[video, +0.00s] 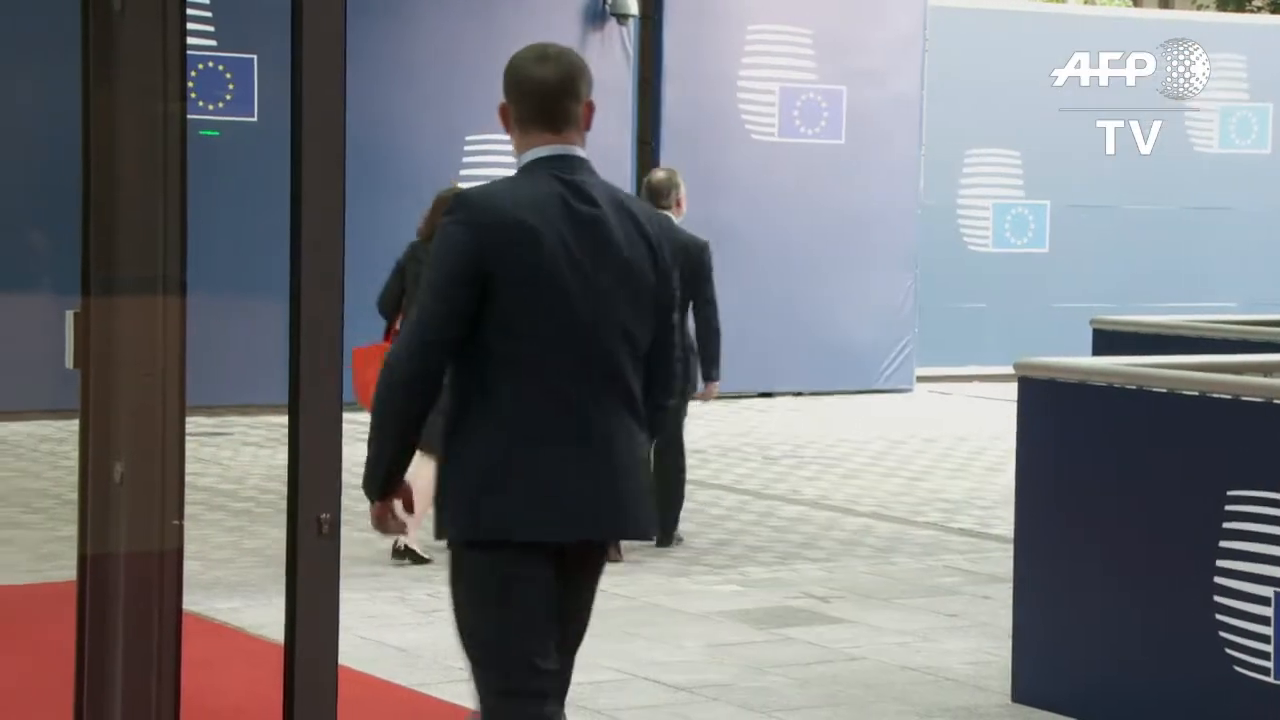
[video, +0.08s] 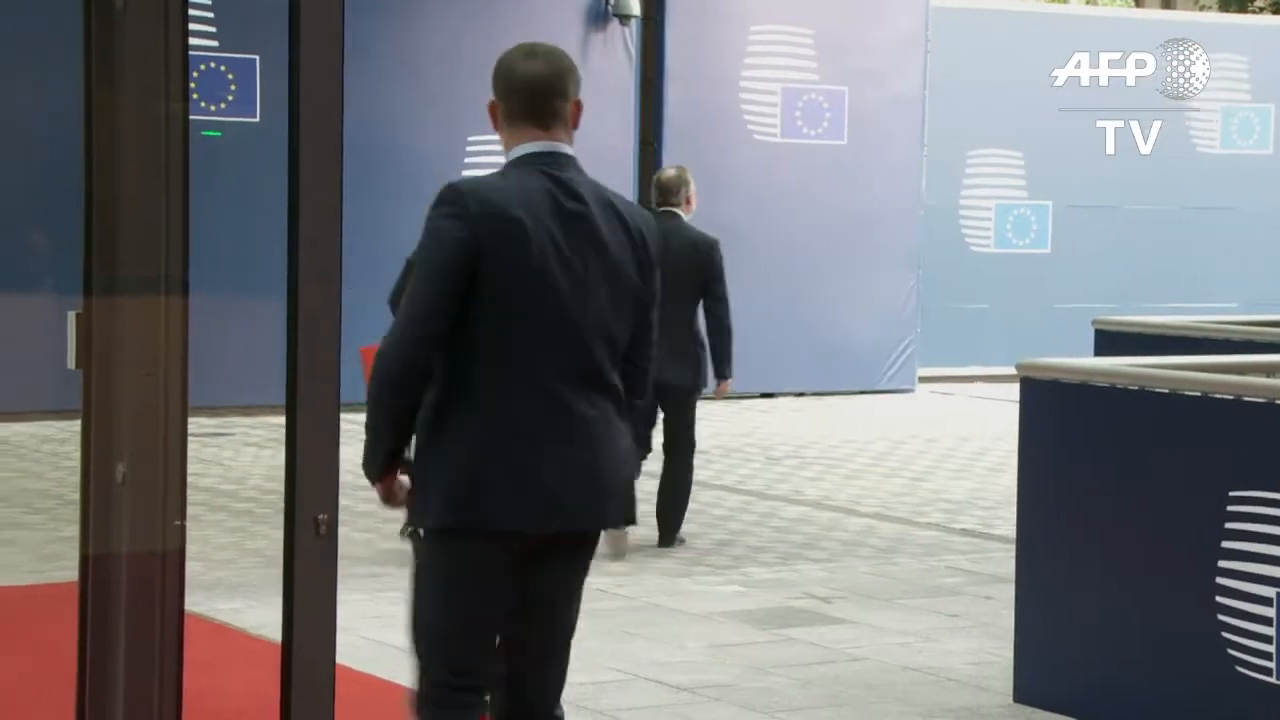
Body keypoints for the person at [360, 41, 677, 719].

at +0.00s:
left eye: (504, 109)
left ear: (505, 117)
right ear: (591, 115)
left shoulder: (478, 216)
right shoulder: (647, 230)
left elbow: (417, 356)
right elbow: (668, 380)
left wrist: (384, 472)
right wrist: (618, 455)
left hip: (497, 500)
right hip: (597, 497)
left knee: (517, 698)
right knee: (542, 692)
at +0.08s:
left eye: (493, 108)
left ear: (494, 115)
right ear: (578, 114)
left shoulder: (471, 204)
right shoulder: (630, 225)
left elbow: (410, 343)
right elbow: (637, 374)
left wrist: (382, 456)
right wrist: (614, 467)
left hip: (473, 493)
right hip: (578, 491)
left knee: (451, 689)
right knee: (535, 690)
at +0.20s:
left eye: (470, 106)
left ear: (473, 111)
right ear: (556, 111)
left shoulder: (450, 198)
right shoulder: (607, 223)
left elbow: (387, 344)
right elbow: (608, 368)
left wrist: (385, 435)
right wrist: (565, 440)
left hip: (446, 488)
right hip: (553, 489)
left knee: (388, 665)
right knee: (524, 692)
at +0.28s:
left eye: (455, 104)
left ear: (456, 109)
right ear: (538, 108)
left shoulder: (433, 195)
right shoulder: (592, 218)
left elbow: (370, 342)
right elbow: (594, 361)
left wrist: (376, 429)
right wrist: (539, 411)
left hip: (428, 481)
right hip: (537, 484)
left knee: (363, 652)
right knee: (512, 687)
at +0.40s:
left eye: (426, 112)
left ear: (428, 118)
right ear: (506, 117)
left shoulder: (398, 205)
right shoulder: (561, 225)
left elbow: (344, 343)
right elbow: (565, 370)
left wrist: (347, 428)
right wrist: (506, 406)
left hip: (396, 488)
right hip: (508, 490)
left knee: (346, 676)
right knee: (500, 693)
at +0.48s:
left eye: (401, 125)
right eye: (481, 123)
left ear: (402, 131)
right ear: (483, 130)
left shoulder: (370, 221)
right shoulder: (535, 237)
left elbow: (318, 356)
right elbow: (543, 377)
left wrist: (322, 447)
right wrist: (504, 447)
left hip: (379, 505)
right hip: (488, 505)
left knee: (341, 694)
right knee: (489, 701)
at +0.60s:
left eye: (356, 139)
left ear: (358, 146)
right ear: (436, 143)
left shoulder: (319, 240)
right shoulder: (493, 254)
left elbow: (270, 379)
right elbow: (505, 393)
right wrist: (441, 439)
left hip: (339, 509)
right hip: (450, 511)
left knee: (306, 699)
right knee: (454, 698)